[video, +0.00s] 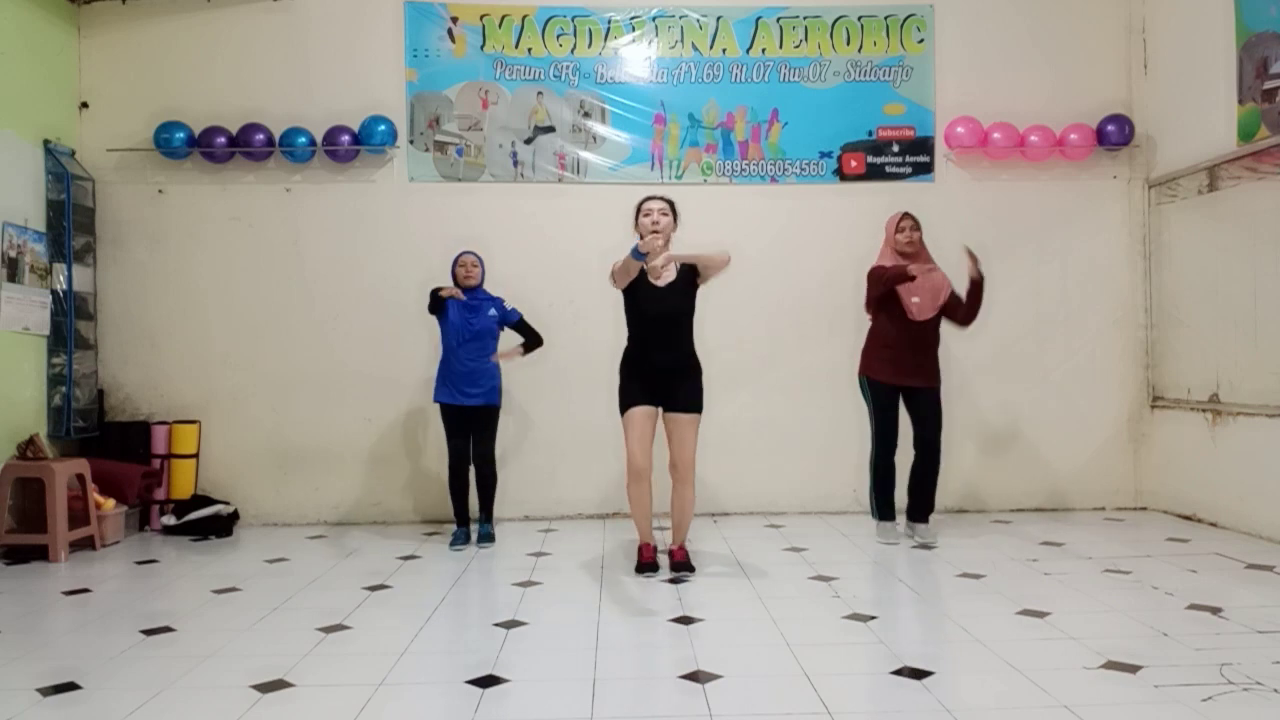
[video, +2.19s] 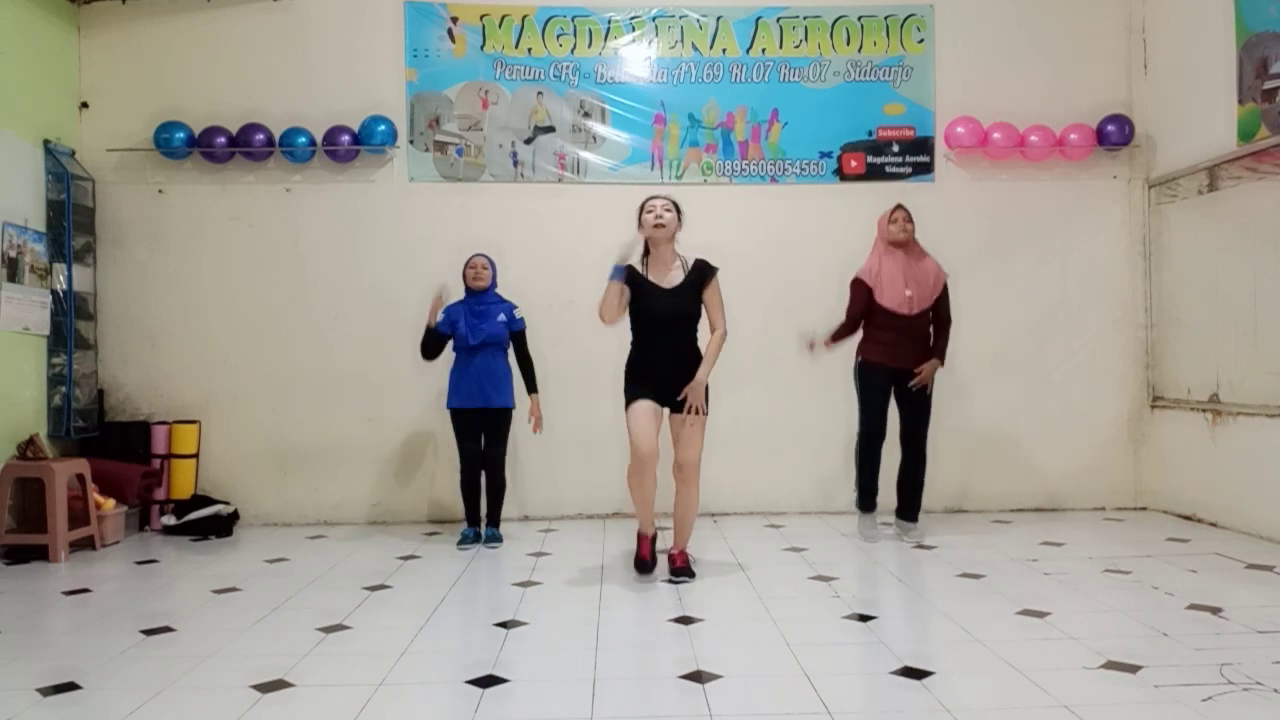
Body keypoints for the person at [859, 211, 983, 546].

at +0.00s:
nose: (910, 234)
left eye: (914, 229)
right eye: (902, 230)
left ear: (922, 236)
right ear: (891, 239)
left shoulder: (934, 278)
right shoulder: (880, 274)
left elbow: (963, 316)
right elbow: (871, 306)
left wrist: (976, 281)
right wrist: (896, 277)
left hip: (922, 373)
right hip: (880, 371)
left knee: (929, 445)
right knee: (885, 443)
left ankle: (918, 520)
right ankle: (885, 519)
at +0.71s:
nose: (897, 236)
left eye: (902, 231)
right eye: (889, 231)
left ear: (909, 239)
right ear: (878, 241)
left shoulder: (922, 273)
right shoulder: (868, 274)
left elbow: (941, 266)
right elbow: (876, 261)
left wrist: (940, 249)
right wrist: (904, 244)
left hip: (914, 369)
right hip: (874, 368)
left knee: (921, 444)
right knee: (874, 441)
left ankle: (908, 516)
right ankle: (873, 515)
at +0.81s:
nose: (899, 234)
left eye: (904, 229)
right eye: (893, 230)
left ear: (911, 234)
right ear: (882, 237)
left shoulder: (924, 265)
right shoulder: (870, 268)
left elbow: (943, 246)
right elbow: (864, 258)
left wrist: (933, 216)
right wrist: (879, 229)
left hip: (917, 361)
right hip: (875, 360)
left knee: (918, 438)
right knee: (873, 435)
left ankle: (908, 513)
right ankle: (874, 511)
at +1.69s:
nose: (891, 224)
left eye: (895, 219)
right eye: (884, 220)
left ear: (902, 226)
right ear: (872, 228)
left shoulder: (915, 257)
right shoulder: (859, 258)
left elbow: (949, 270)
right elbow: (860, 274)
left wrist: (941, 256)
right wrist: (893, 258)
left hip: (911, 356)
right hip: (871, 356)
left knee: (912, 434)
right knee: (872, 430)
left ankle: (907, 509)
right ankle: (868, 508)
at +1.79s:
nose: (891, 232)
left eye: (895, 226)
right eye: (883, 227)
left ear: (903, 234)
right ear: (871, 236)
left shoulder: (917, 273)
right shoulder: (860, 275)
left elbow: (939, 291)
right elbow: (868, 303)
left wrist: (951, 307)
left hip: (912, 368)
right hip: (871, 368)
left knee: (914, 443)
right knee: (869, 442)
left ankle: (904, 514)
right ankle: (864, 517)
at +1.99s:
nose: (895, 213)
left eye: (900, 209)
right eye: (887, 210)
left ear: (907, 218)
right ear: (876, 221)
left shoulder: (923, 254)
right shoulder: (864, 258)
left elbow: (936, 304)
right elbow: (860, 312)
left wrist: (936, 345)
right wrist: (883, 352)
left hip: (914, 353)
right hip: (871, 353)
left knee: (919, 431)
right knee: (869, 429)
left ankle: (908, 505)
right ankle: (866, 508)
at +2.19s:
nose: (903, 225)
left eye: (907, 220)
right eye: (895, 221)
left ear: (914, 229)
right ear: (883, 231)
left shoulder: (931, 271)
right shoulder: (872, 270)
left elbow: (942, 321)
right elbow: (854, 318)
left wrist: (937, 359)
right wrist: (829, 340)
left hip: (915, 368)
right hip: (874, 364)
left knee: (915, 443)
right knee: (871, 436)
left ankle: (907, 517)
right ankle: (867, 511)